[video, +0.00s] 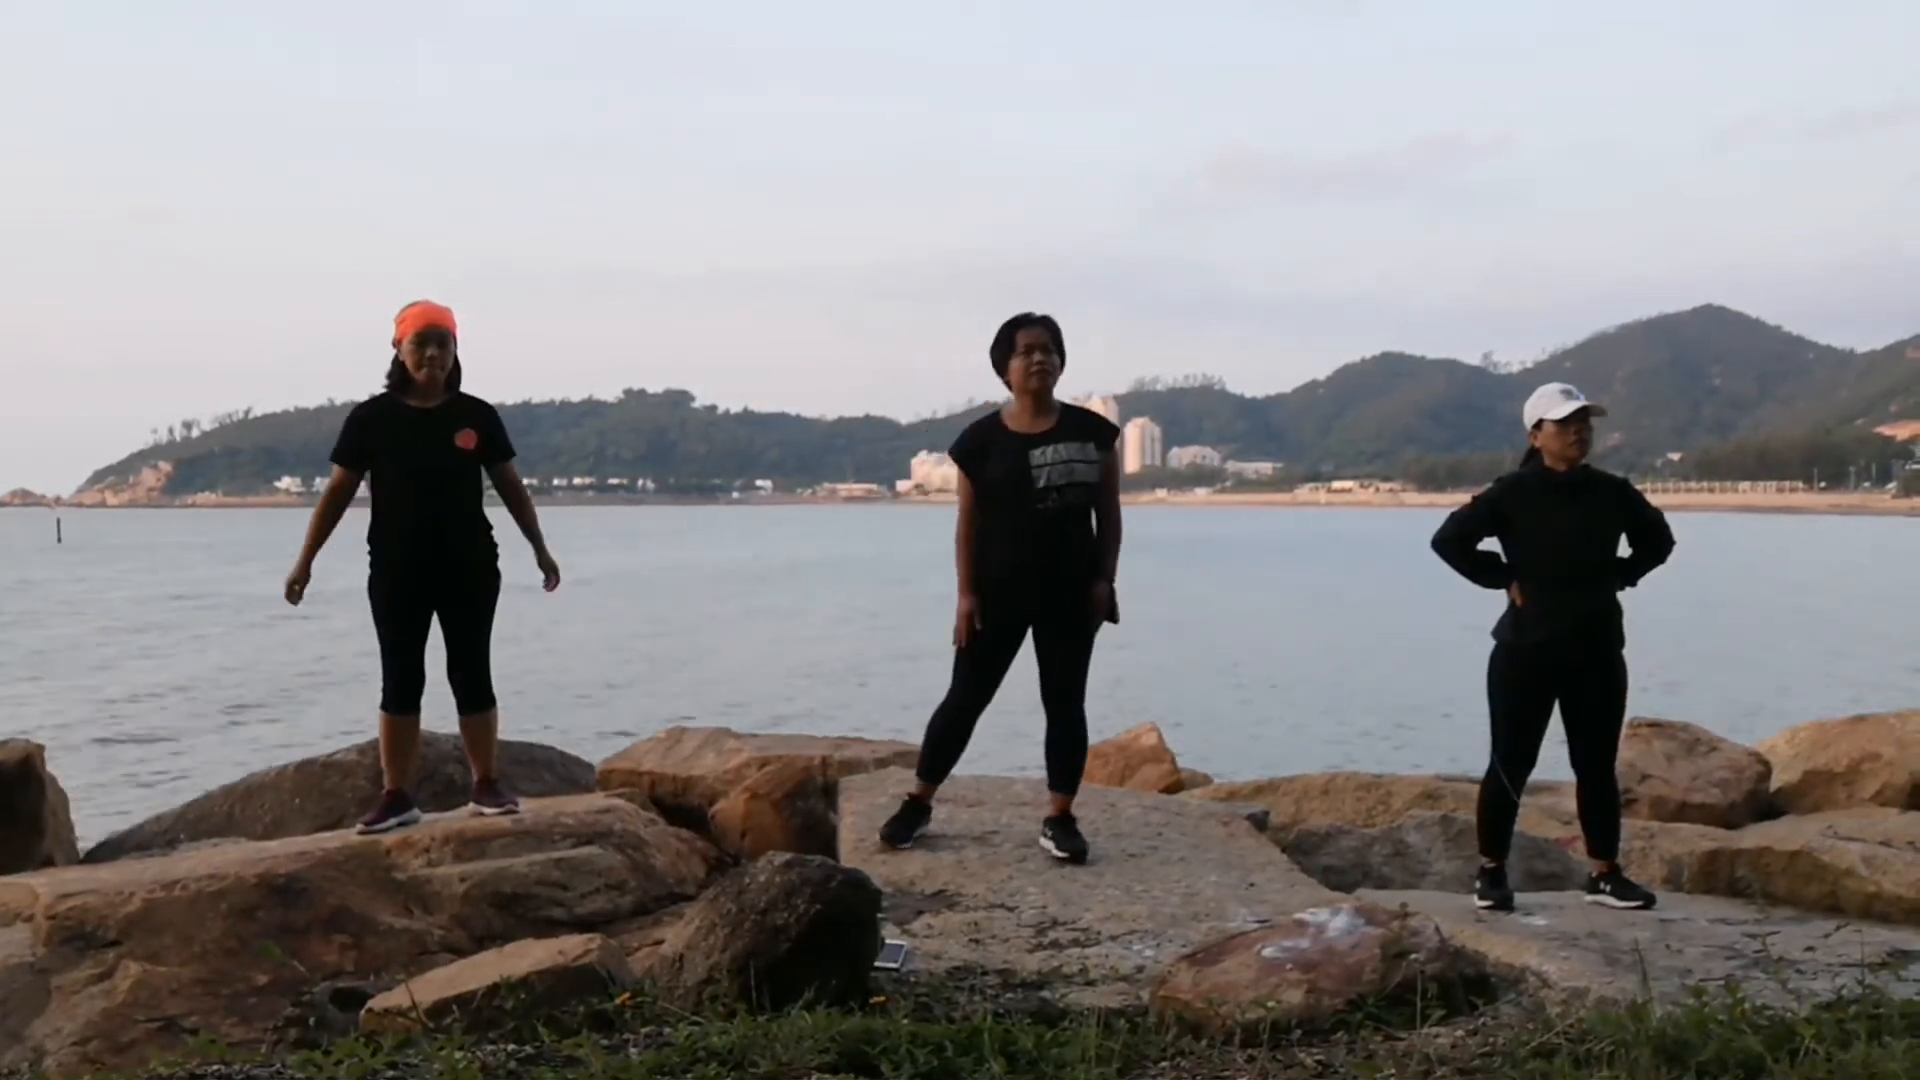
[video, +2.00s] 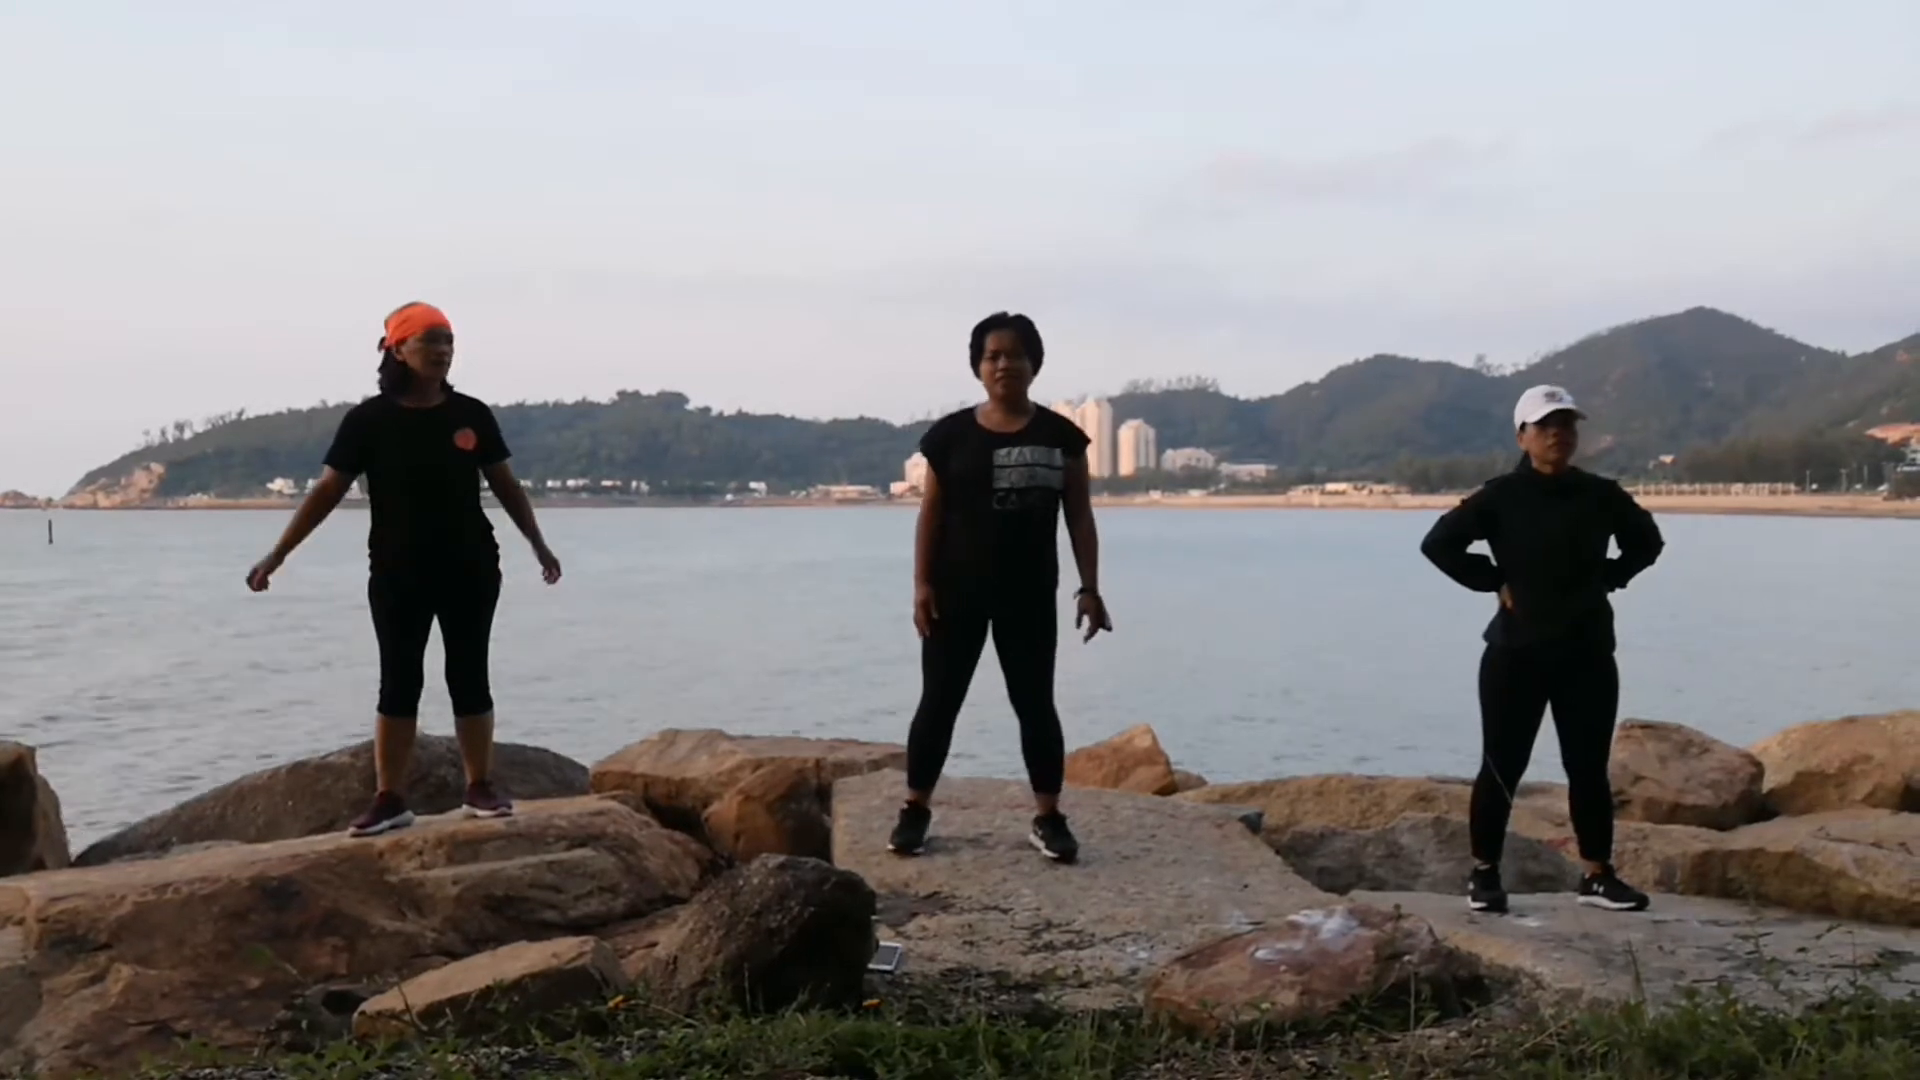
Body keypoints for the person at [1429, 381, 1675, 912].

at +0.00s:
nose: (1581, 432)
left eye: (1584, 423)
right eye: (1568, 424)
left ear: (1588, 428)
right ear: (1538, 434)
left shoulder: (1612, 492)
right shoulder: (1512, 493)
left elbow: (1659, 540)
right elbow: (1448, 541)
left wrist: (1616, 576)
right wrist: (1504, 577)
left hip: (1595, 650)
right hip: (1527, 650)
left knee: (1598, 768)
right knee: (1510, 765)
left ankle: (1606, 873)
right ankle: (1492, 873)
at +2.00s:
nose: (1560, 435)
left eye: (1567, 426)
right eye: (1548, 426)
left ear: (1576, 433)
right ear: (1523, 435)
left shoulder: (1600, 494)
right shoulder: (1501, 496)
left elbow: (1648, 541)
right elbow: (1438, 545)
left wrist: (1607, 577)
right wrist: (1496, 581)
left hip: (1586, 652)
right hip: (1517, 652)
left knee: (1590, 770)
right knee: (1502, 767)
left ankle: (1598, 875)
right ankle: (1485, 874)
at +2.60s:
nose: (1553, 437)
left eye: (1562, 427)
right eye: (1541, 428)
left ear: (1576, 434)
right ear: (1522, 437)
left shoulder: (1601, 494)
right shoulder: (1502, 497)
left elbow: (1651, 541)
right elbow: (1440, 547)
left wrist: (1610, 577)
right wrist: (1498, 582)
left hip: (1588, 654)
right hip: (1519, 653)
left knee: (1590, 770)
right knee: (1502, 768)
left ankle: (1596, 875)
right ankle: (1483, 875)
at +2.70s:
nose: (1551, 438)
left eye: (1560, 428)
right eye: (1539, 429)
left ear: (1575, 435)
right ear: (1522, 438)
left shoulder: (1602, 495)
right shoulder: (1502, 497)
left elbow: (1651, 541)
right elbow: (1439, 547)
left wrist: (1610, 577)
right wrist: (1497, 582)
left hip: (1588, 653)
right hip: (1520, 653)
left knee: (1590, 770)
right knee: (1502, 768)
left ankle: (1596, 875)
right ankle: (1483, 875)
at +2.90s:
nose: (1546, 439)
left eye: (1556, 429)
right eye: (1535, 429)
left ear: (1572, 436)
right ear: (1519, 438)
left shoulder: (1599, 495)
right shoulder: (1499, 498)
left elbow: (1650, 541)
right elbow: (1436, 547)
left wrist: (1609, 577)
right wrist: (1493, 581)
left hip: (1586, 654)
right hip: (1517, 654)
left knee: (1588, 770)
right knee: (1500, 768)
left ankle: (1596, 875)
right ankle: (1482, 876)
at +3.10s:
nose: (1536, 440)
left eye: (1546, 429)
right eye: (1524, 430)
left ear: (1561, 435)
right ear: (1507, 438)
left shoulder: (1587, 495)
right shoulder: (1487, 497)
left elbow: (1638, 541)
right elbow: (1424, 547)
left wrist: (1596, 579)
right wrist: (1481, 582)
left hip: (1575, 653)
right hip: (1506, 654)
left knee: (1582, 770)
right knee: (1494, 768)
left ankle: (1594, 875)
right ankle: (1480, 875)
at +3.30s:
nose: (1519, 439)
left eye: (1529, 428)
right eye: (1508, 429)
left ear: (1543, 434)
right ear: (1489, 437)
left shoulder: (1567, 493)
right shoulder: (1466, 498)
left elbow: (1615, 538)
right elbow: (1405, 549)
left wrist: (1575, 577)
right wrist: (1463, 582)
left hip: (1557, 650)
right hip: (1489, 652)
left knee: (1576, 767)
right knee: (1484, 768)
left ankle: (1593, 874)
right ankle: (1479, 876)